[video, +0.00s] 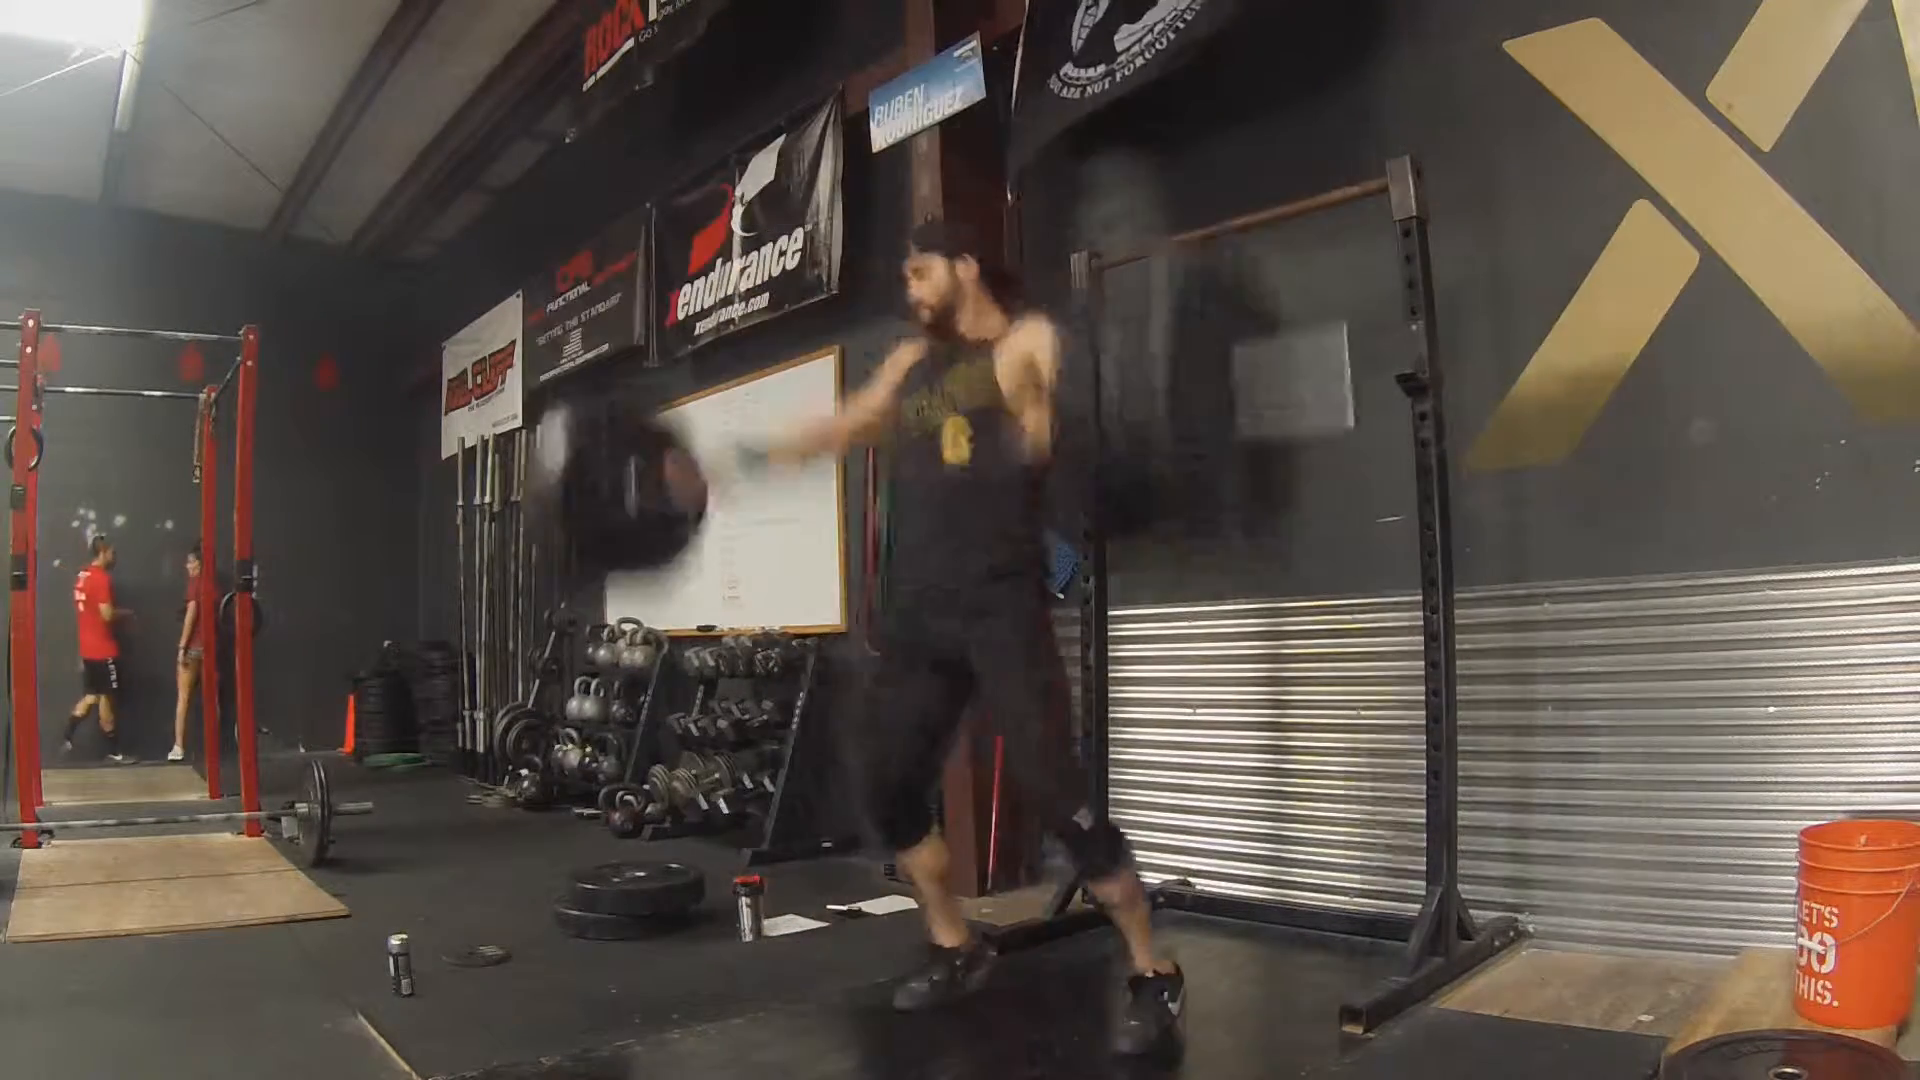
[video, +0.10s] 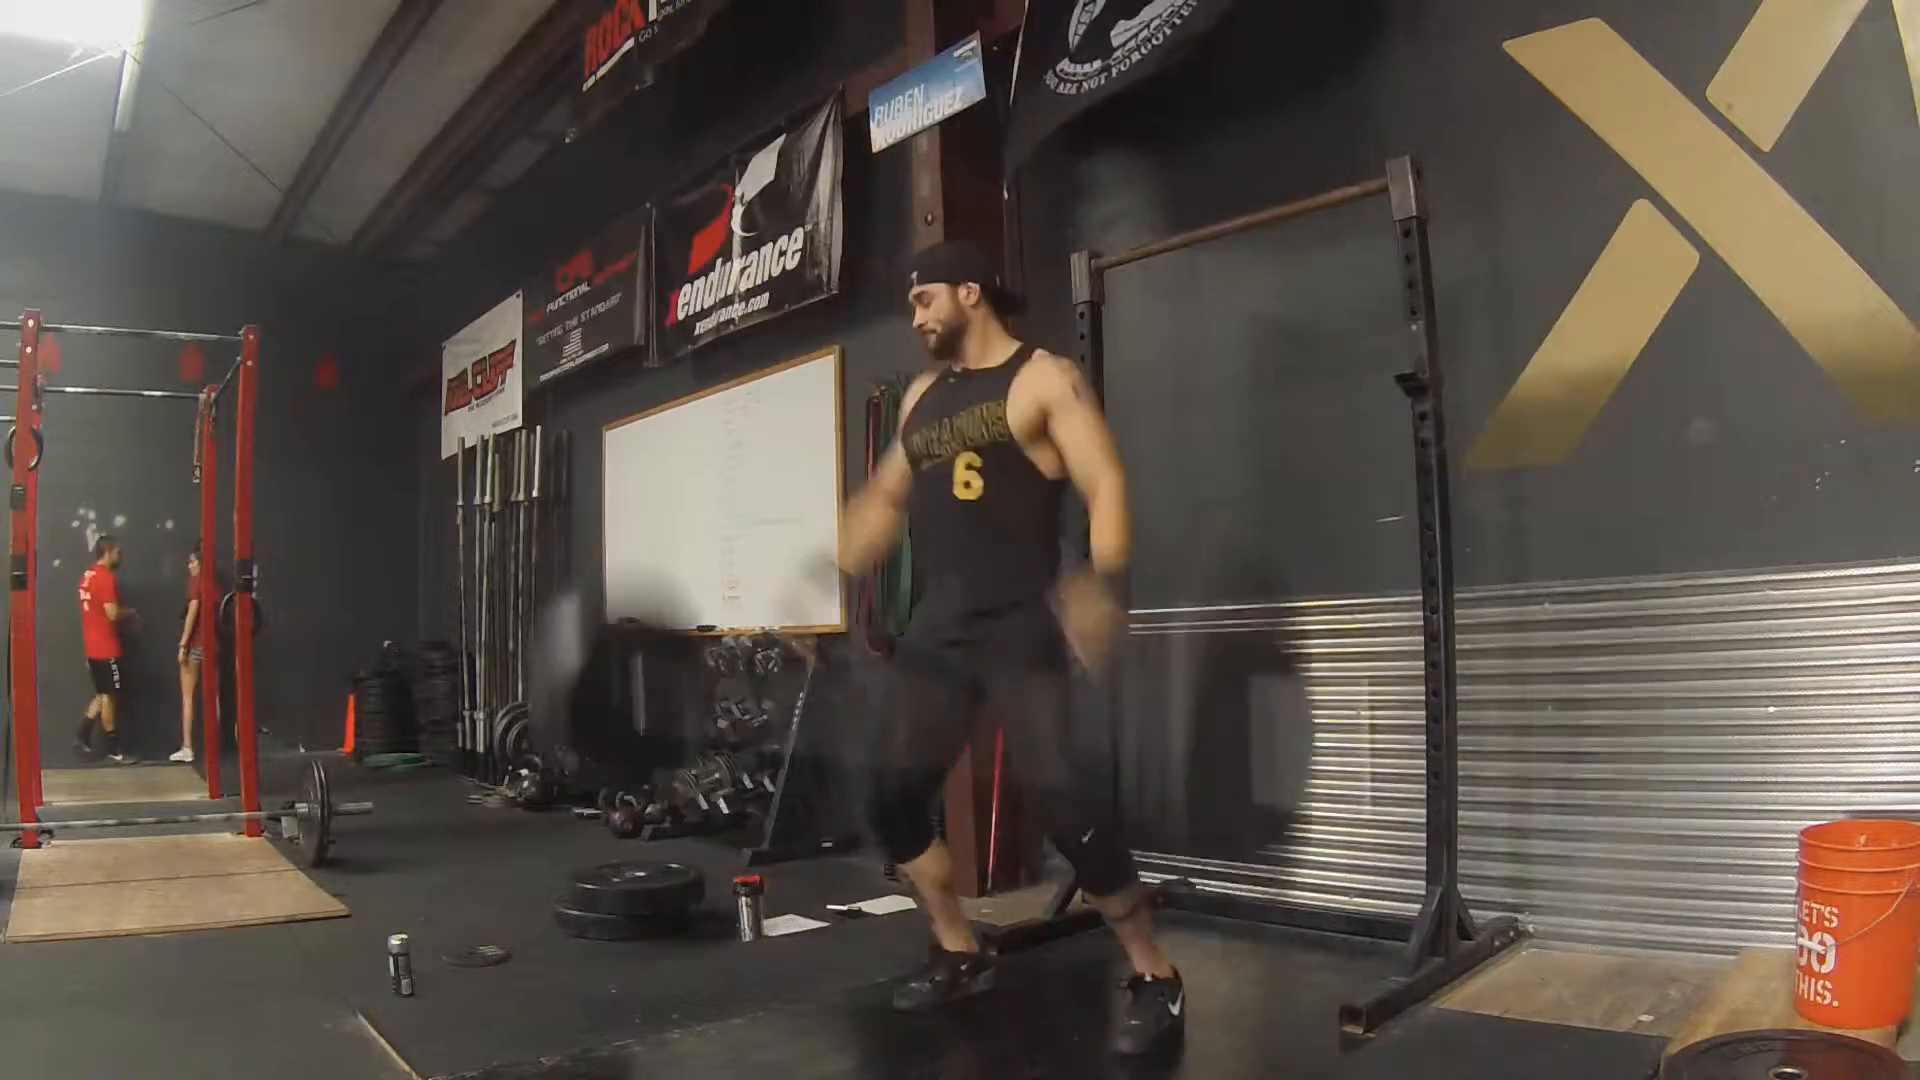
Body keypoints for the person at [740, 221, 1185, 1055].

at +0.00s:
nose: (912, 290)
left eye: (923, 274)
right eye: (908, 278)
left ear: (967, 271)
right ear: (923, 284)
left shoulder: (1030, 343)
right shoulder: (914, 359)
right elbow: (848, 423)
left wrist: (1019, 386)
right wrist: (774, 448)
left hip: (1007, 607)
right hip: (922, 609)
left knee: (1051, 791)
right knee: (888, 781)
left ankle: (1151, 970)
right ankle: (957, 946)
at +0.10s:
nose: (915, 313)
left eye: (925, 298)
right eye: (911, 302)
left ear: (970, 295)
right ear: (943, 303)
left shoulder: (1044, 378)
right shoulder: (921, 396)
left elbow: (1107, 483)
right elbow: (889, 491)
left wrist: (1102, 584)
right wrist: (847, 556)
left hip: (1028, 628)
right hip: (937, 632)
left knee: (1070, 808)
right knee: (893, 796)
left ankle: (1154, 975)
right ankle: (959, 951)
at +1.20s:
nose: (799, 413)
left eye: (818, 396)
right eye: (800, 399)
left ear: (871, 413)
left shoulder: (949, 498)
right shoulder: (829, 522)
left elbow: (1060, 608)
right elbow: (821, 628)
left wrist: (1125, 729)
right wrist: (800, 717)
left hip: (1061, 649)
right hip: (979, 663)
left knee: (1070, 826)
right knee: (887, 786)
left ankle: (1079, 1025)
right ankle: (918, 991)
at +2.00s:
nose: (857, 295)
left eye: (879, 284)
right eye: (857, 287)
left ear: (922, 312)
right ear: (855, 323)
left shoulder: (972, 401)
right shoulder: (857, 430)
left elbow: (1073, 492)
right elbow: (827, 533)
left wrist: (1112, 610)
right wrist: (791, 624)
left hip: (1017, 659)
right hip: (920, 663)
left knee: (1016, 855)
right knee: (843, 805)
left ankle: (1069, 1025)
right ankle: (915, 992)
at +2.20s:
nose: (999, 225)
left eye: (1021, 220)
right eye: (995, 220)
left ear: (1056, 250)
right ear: (982, 254)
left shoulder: (1047, 298)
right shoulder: (935, 339)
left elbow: (1092, 354)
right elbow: (860, 414)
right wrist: (779, 476)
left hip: (983, 554)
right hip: (895, 557)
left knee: (1000, 768)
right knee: (873, 758)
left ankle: (1059, 1004)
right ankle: (895, 970)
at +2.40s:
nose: (935, 351)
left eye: (953, 334)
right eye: (935, 337)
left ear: (1004, 344)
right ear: (942, 351)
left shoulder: (1037, 408)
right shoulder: (931, 427)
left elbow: (1121, 424)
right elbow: (856, 444)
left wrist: (1100, 319)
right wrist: (783, 403)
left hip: (1005, 693)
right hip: (926, 694)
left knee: (987, 871)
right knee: (804, 827)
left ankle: (1061, 1038)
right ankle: (897, 993)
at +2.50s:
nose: (861, 453)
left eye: (880, 437)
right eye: (860, 440)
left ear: (930, 454)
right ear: (862, 459)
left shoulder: (975, 521)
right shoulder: (866, 542)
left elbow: (1057, 447)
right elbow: (794, 498)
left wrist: (1077, 324)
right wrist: (756, 427)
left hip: (1013, 786)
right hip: (917, 786)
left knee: (977, 889)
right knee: (793, 848)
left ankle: (1057, 1034)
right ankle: (898, 995)